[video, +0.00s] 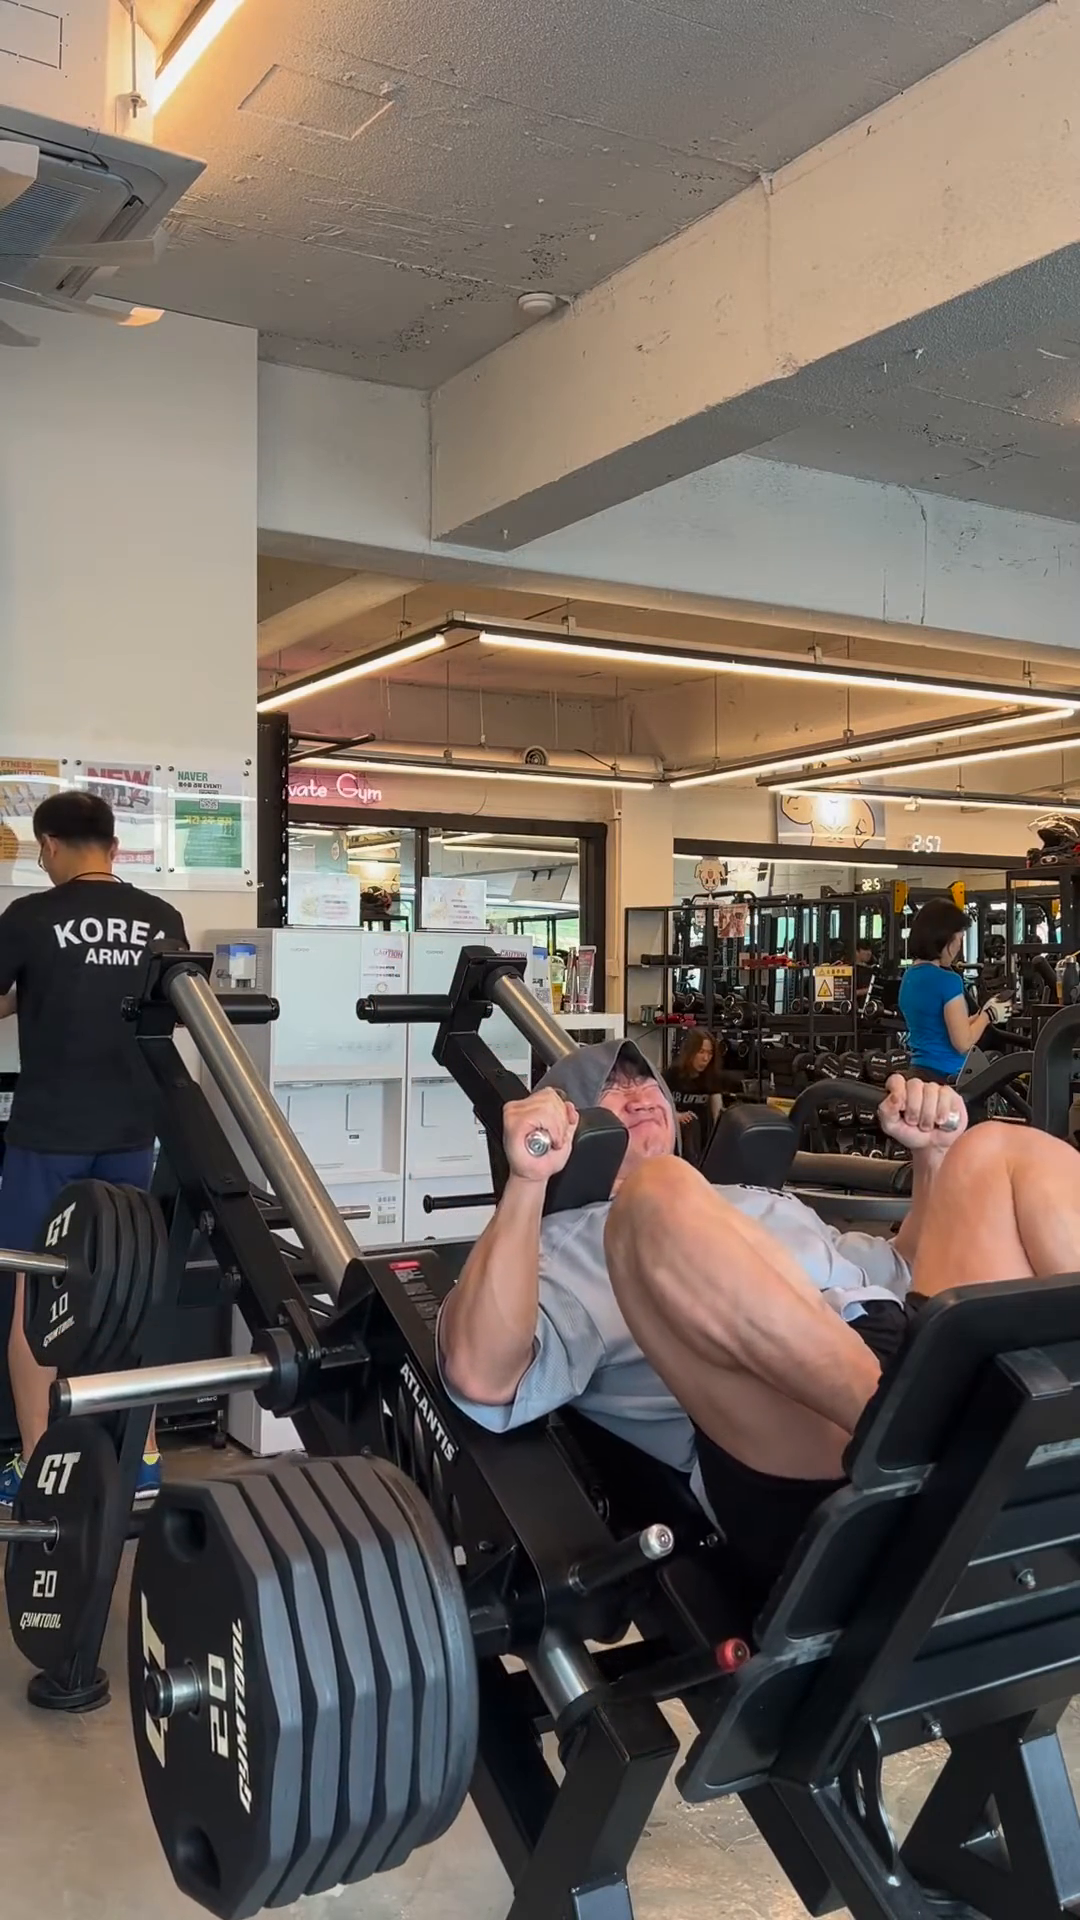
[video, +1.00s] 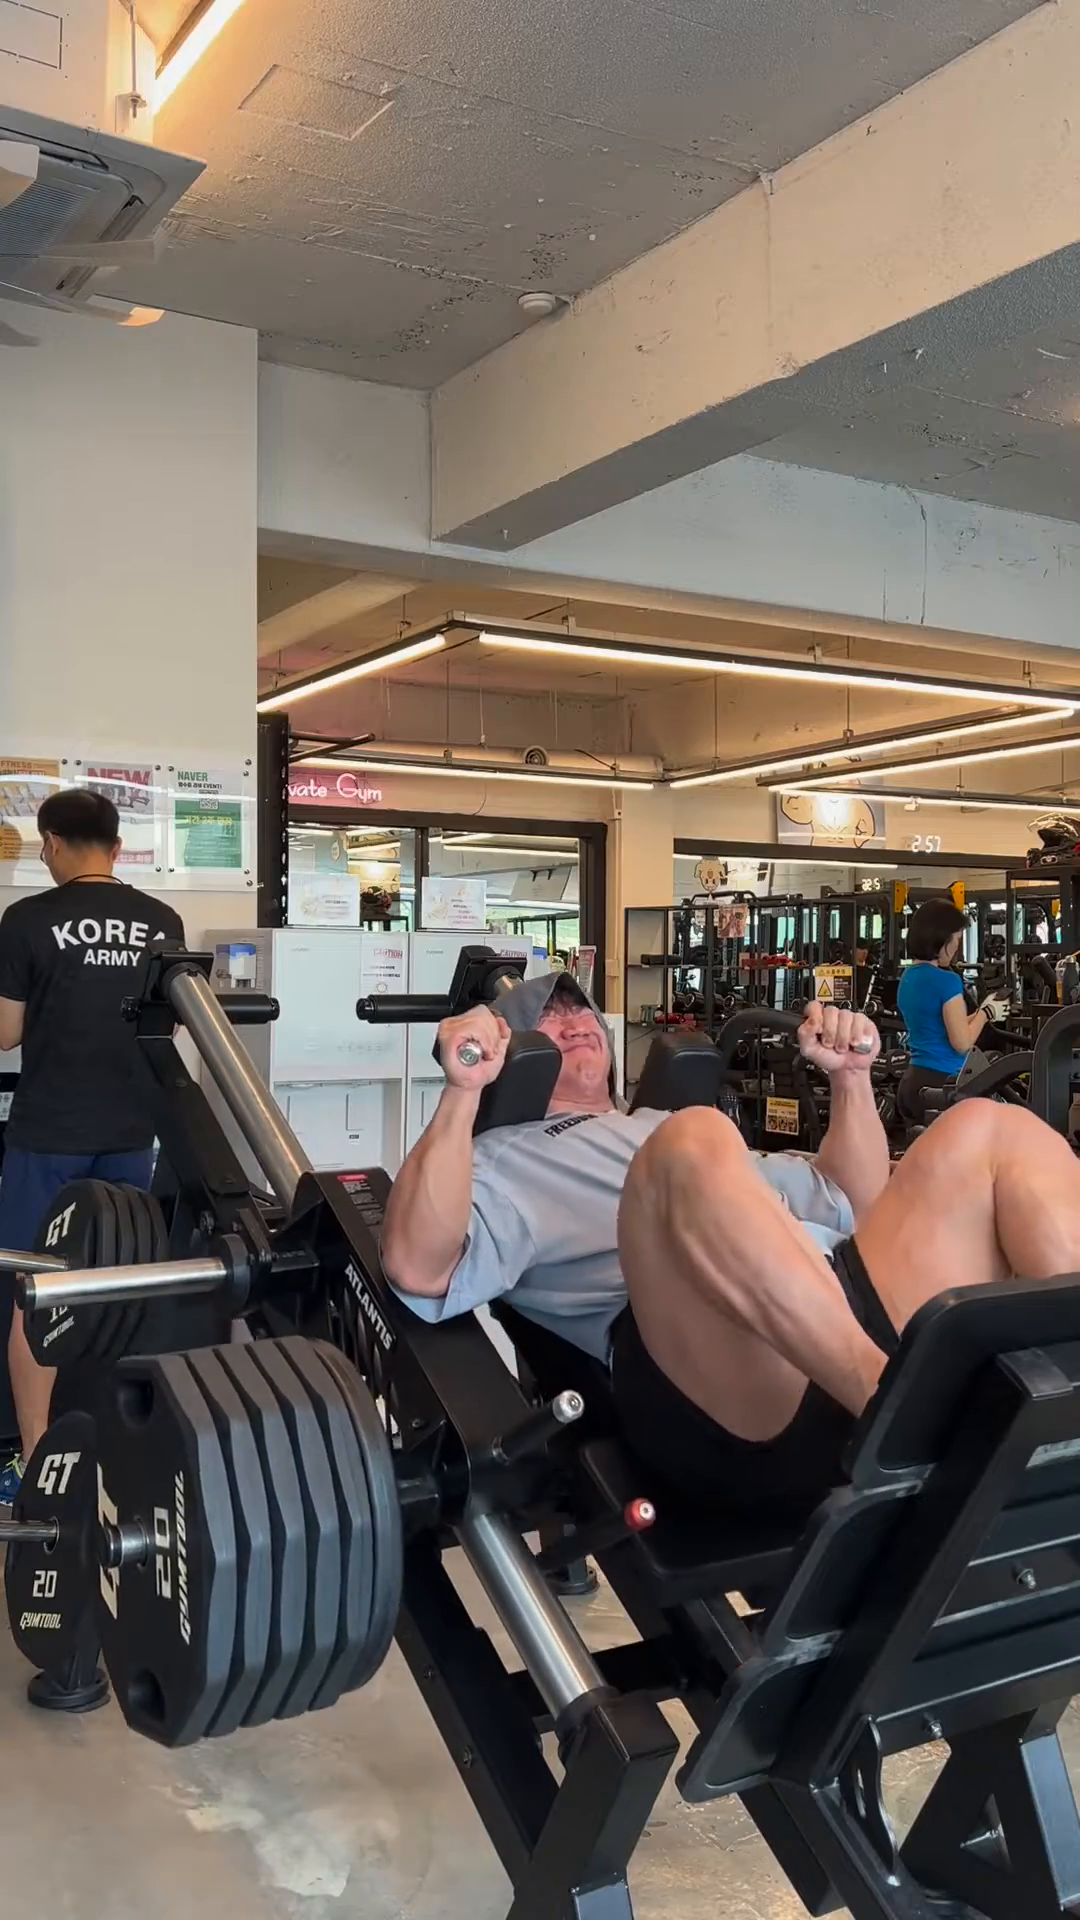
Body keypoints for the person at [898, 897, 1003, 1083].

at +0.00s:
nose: (960, 946)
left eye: (961, 939)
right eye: (959, 939)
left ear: (925, 936)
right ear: (946, 940)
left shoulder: (909, 978)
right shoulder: (948, 981)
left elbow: (933, 1035)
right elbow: (963, 1042)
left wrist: (978, 1016)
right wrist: (988, 1015)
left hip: (918, 1074)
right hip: (948, 1080)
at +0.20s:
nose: (960, 946)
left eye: (961, 939)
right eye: (959, 939)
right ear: (946, 940)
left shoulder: (910, 977)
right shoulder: (948, 981)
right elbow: (963, 1042)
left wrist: (979, 1015)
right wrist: (989, 1014)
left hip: (917, 1074)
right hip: (947, 1079)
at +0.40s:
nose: (960, 946)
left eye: (961, 938)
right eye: (959, 938)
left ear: (926, 936)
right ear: (944, 940)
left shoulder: (909, 978)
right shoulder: (949, 981)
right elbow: (963, 1042)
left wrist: (983, 1012)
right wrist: (989, 1013)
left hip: (918, 1072)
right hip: (949, 1078)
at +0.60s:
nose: (960, 945)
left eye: (961, 939)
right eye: (959, 938)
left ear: (925, 936)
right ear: (944, 940)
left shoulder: (909, 977)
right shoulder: (948, 981)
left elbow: (938, 1030)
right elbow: (963, 1042)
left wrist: (980, 1012)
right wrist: (988, 1014)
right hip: (948, 1080)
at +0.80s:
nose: (958, 947)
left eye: (959, 941)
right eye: (957, 940)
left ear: (923, 936)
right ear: (944, 942)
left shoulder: (908, 978)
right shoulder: (947, 981)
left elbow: (932, 1032)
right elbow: (963, 1042)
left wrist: (976, 1013)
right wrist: (986, 1012)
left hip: (916, 1073)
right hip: (947, 1079)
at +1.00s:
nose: (957, 948)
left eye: (958, 941)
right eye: (956, 940)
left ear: (923, 936)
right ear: (943, 941)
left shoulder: (907, 978)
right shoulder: (947, 981)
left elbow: (931, 1033)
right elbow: (962, 1042)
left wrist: (977, 1013)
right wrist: (986, 1013)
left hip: (915, 1078)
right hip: (946, 1084)